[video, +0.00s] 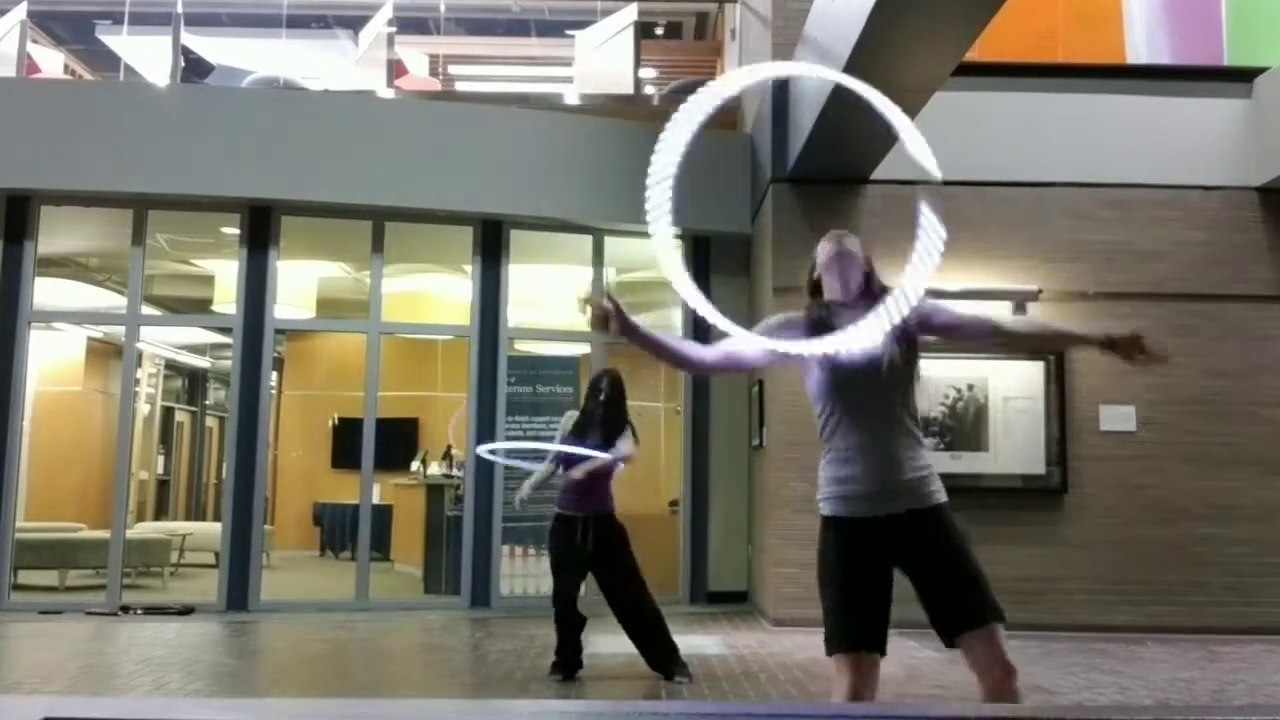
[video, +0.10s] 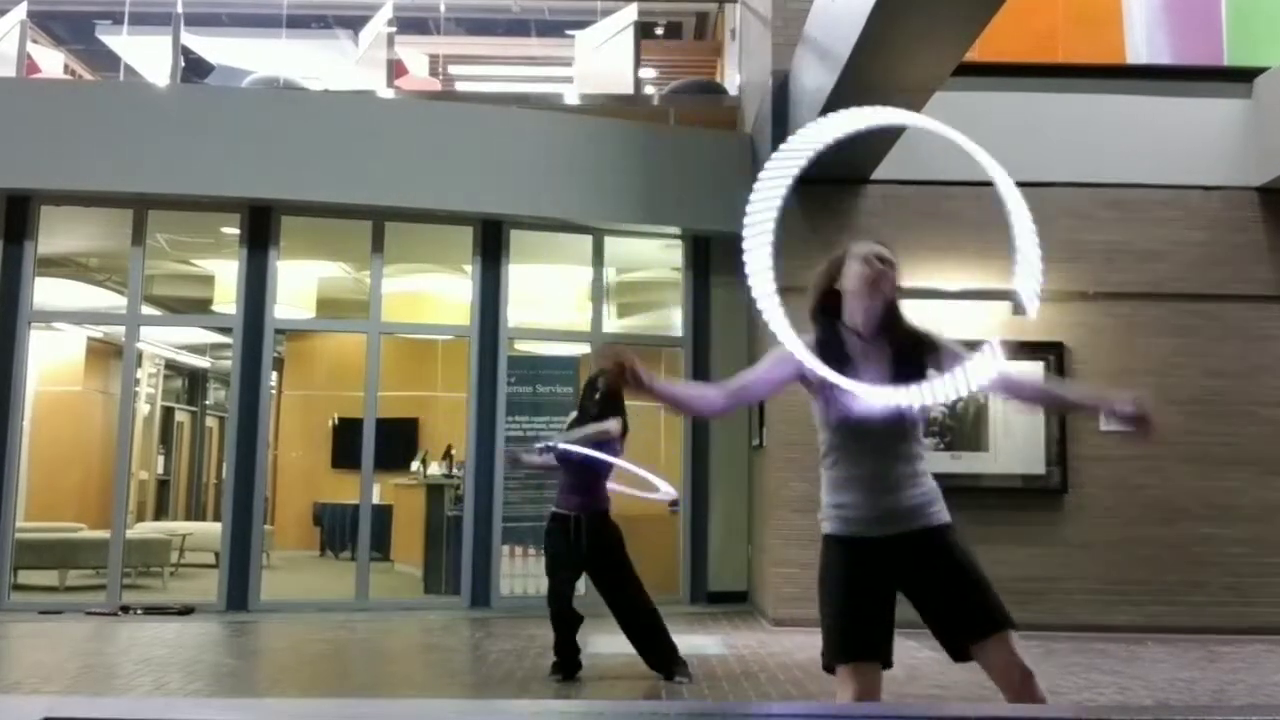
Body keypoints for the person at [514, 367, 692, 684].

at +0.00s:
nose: (602, 399)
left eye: (609, 394)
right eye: (598, 392)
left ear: (618, 398)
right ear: (589, 393)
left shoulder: (620, 429)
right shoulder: (571, 420)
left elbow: (618, 456)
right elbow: (553, 462)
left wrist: (584, 470)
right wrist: (529, 486)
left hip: (601, 522)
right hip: (566, 521)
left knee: (631, 595)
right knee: (564, 598)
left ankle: (670, 663)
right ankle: (566, 663)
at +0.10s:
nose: (596, 394)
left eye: (603, 389)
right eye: (594, 388)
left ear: (610, 397)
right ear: (586, 394)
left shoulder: (612, 427)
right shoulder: (576, 426)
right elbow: (556, 460)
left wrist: (554, 447)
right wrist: (525, 459)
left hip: (595, 523)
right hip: (562, 521)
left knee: (627, 595)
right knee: (559, 599)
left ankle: (670, 663)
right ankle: (566, 664)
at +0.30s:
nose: (591, 402)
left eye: (598, 397)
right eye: (588, 395)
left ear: (608, 404)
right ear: (579, 399)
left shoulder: (603, 435)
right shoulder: (566, 433)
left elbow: (608, 414)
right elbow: (552, 441)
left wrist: (572, 390)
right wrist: (544, 424)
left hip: (591, 527)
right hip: (557, 525)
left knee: (626, 598)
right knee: (556, 601)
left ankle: (671, 664)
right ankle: (566, 664)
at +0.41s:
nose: (593, 405)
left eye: (601, 400)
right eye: (591, 399)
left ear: (602, 410)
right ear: (583, 403)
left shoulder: (604, 434)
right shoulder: (562, 428)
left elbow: (627, 416)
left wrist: (602, 389)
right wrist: (527, 429)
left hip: (591, 526)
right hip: (556, 525)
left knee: (625, 599)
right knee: (556, 602)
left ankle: (666, 666)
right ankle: (567, 664)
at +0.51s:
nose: (603, 404)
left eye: (609, 399)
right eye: (600, 396)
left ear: (614, 402)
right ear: (590, 395)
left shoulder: (610, 424)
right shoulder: (562, 417)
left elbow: (653, 413)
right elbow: (538, 449)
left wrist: (645, 391)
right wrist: (530, 439)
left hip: (596, 524)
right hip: (561, 524)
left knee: (626, 596)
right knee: (561, 601)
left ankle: (640, 662)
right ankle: (568, 663)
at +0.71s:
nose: (628, 396)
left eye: (629, 391)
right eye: (624, 391)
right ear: (608, 393)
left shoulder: (620, 425)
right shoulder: (574, 419)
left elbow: (645, 410)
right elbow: (557, 464)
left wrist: (639, 410)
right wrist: (575, 496)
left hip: (602, 521)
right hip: (576, 520)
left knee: (625, 590)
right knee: (591, 594)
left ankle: (595, 666)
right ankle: (555, 654)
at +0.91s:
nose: (635, 396)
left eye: (634, 389)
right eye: (632, 389)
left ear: (599, 387)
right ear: (623, 390)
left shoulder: (588, 417)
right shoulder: (609, 416)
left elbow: (589, 471)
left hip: (584, 517)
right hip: (601, 517)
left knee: (607, 592)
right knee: (638, 587)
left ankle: (598, 663)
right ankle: (597, 656)